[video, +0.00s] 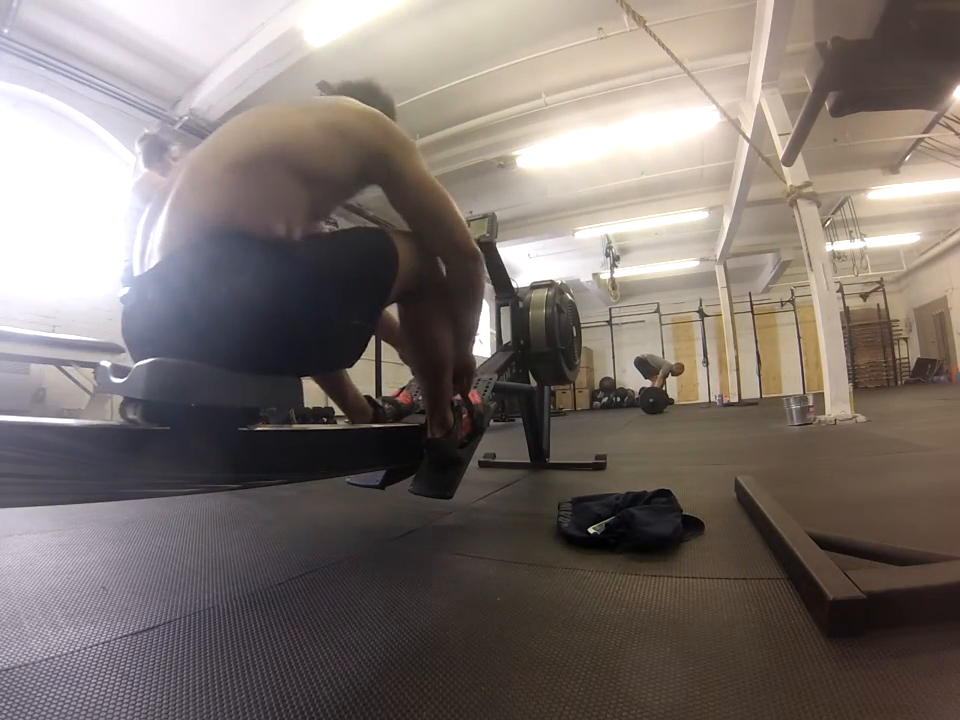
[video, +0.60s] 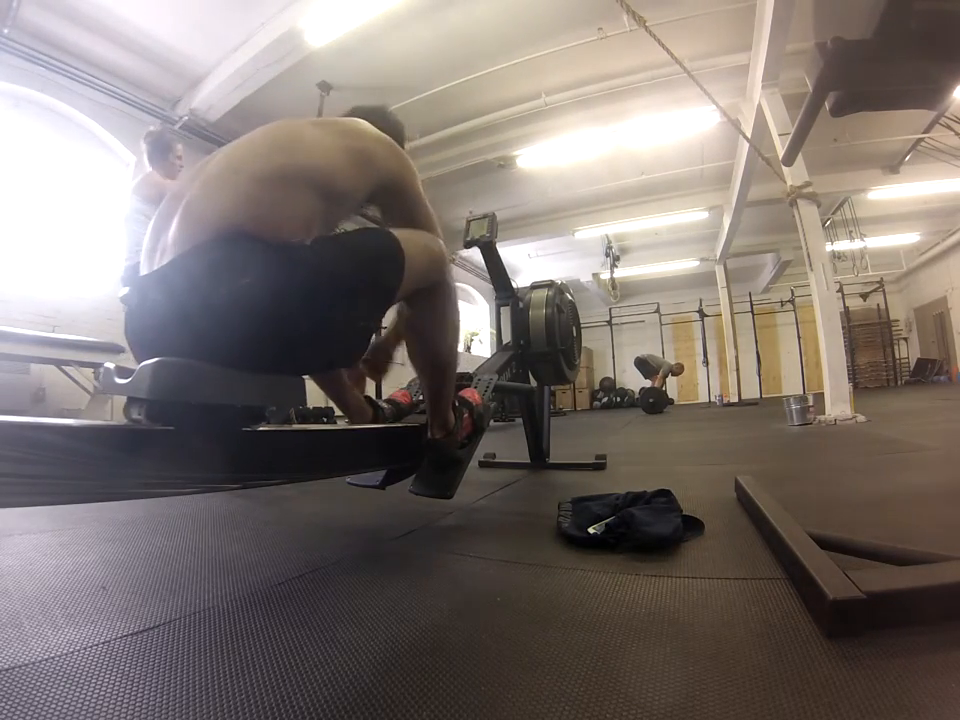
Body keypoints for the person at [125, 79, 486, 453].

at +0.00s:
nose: (398, 143)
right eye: (394, 133)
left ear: (330, 99)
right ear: (381, 118)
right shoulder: (374, 128)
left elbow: (319, 262)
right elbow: (465, 255)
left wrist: (405, 343)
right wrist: (464, 351)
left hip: (147, 323)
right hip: (238, 303)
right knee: (423, 263)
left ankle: (363, 418)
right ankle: (443, 426)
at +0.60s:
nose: (398, 175)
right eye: (401, 164)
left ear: (345, 120)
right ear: (392, 144)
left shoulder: (280, 145)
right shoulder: (387, 153)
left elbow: (298, 262)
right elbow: (430, 268)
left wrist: (356, 349)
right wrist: (390, 343)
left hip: (149, 326)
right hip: (242, 305)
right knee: (431, 262)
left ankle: (364, 415)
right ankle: (444, 424)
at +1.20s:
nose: (395, 152)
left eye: (399, 146)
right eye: (398, 144)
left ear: (334, 107)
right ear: (388, 129)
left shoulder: (268, 131)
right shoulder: (375, 153)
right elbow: (378, 282)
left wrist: (348, 394)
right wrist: (377, 367)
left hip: (138, 322)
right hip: (228, 299)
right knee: (420, 259)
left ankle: (363, 417)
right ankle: (443, 426)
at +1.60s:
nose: (347, 92)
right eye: (350, 83)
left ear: (282, 56)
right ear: (338, 72)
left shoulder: (215, 95)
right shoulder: (336, 96)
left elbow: (125, 178)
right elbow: (384, 225)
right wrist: (393, 298)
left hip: (117, 309)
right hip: (212, 300)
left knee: (283, 291)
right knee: (412, 263)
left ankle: (364, 417)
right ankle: (443, 427)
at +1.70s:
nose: (328, 56)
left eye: (327, 48)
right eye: (325, 46)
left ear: (254, 29)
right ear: (315, 38)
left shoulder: (196, 76)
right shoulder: (308, 64)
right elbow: (392, 211)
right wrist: (431, 301)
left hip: (102, 305)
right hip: (195, 291)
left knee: (278, 287)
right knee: (412, 266)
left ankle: (364, 415)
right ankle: (444, 427)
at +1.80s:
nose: (311, 43)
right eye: (307, 31)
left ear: (236, 12)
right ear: (291, 15)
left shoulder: (174, 60)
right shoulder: (269, 37)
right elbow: (373, 183)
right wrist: (434, 254)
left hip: (85, 297)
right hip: (171, 279)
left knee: (279, 304)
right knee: (402, 275)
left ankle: (362, 414)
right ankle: (445, 426)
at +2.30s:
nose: (196, 14)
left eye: (188, 18)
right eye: (188, 13)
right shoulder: (141, 11)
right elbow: (45, 16)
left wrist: (157, 194)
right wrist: (145, 224)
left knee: (270, 350)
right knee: (337, 323)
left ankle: (365, 431)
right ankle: (445, 429)